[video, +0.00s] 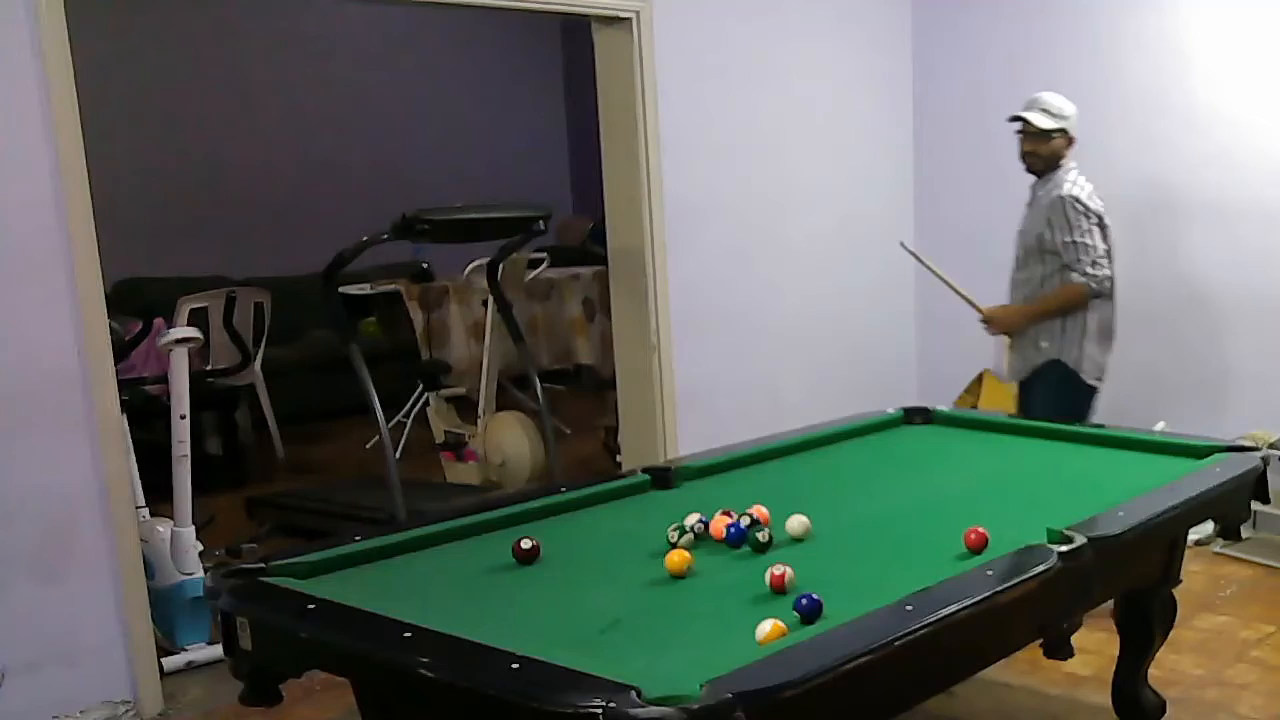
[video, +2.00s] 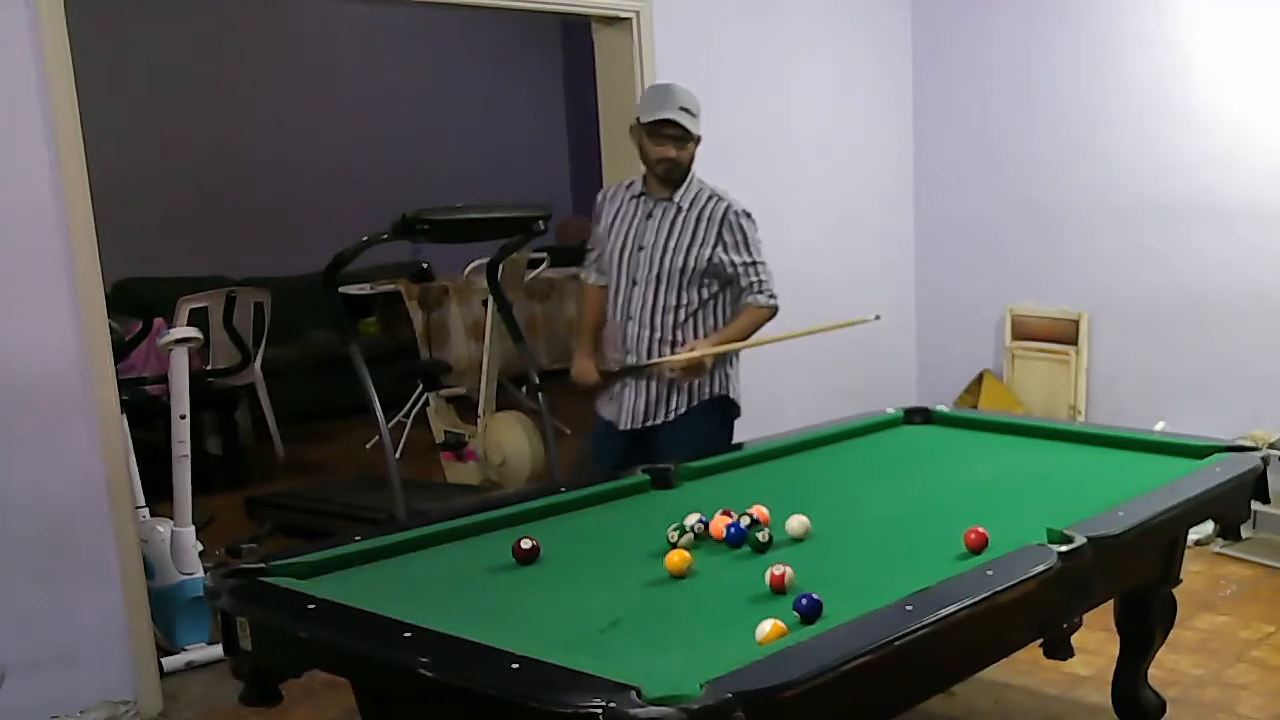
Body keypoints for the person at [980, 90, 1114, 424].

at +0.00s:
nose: (1027, 146)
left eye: (1040, 138)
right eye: (1024, 136)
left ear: (1067, 142)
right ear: (1019, 138)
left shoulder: (1067, 197)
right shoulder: (1046, 194)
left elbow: (1094, 279)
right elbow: (1066, 277)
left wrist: (1019, 315)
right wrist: (1014, 317)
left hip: (1062, 367)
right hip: (1042, 363)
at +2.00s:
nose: (668, 152)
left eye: (680, 141)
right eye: (657, 139)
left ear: (696, 145)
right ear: (637, 138)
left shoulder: (724, 217)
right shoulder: (612, 202)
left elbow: (763, 301)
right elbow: (597, 278)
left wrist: (711, 347)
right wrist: (585, 350)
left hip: (692, 407)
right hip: (620, 404)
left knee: (688, 530)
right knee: (611, 528)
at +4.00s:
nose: (523, 216)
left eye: (530, 201)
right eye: (510, 200)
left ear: (535, 195)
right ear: (462, 187)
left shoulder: (541, 266)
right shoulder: (388, 211)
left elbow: (593, 358)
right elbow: (310, 232)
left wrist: (647, 440)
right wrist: (301, 335)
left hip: (499, 442)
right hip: (404, 439)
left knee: (526, 579)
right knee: (418, 592)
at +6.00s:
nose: (428, 148)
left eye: (436, 135)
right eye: (412, 136)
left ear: (447, 137)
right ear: (374, 135)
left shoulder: (480, 210)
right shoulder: (329, 216)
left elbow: (515, 290)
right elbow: (291, 292)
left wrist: (524, 356)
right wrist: (316, 344)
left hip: (485, 424)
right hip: (391, 431)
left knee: (503, 561)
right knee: (407, 572)